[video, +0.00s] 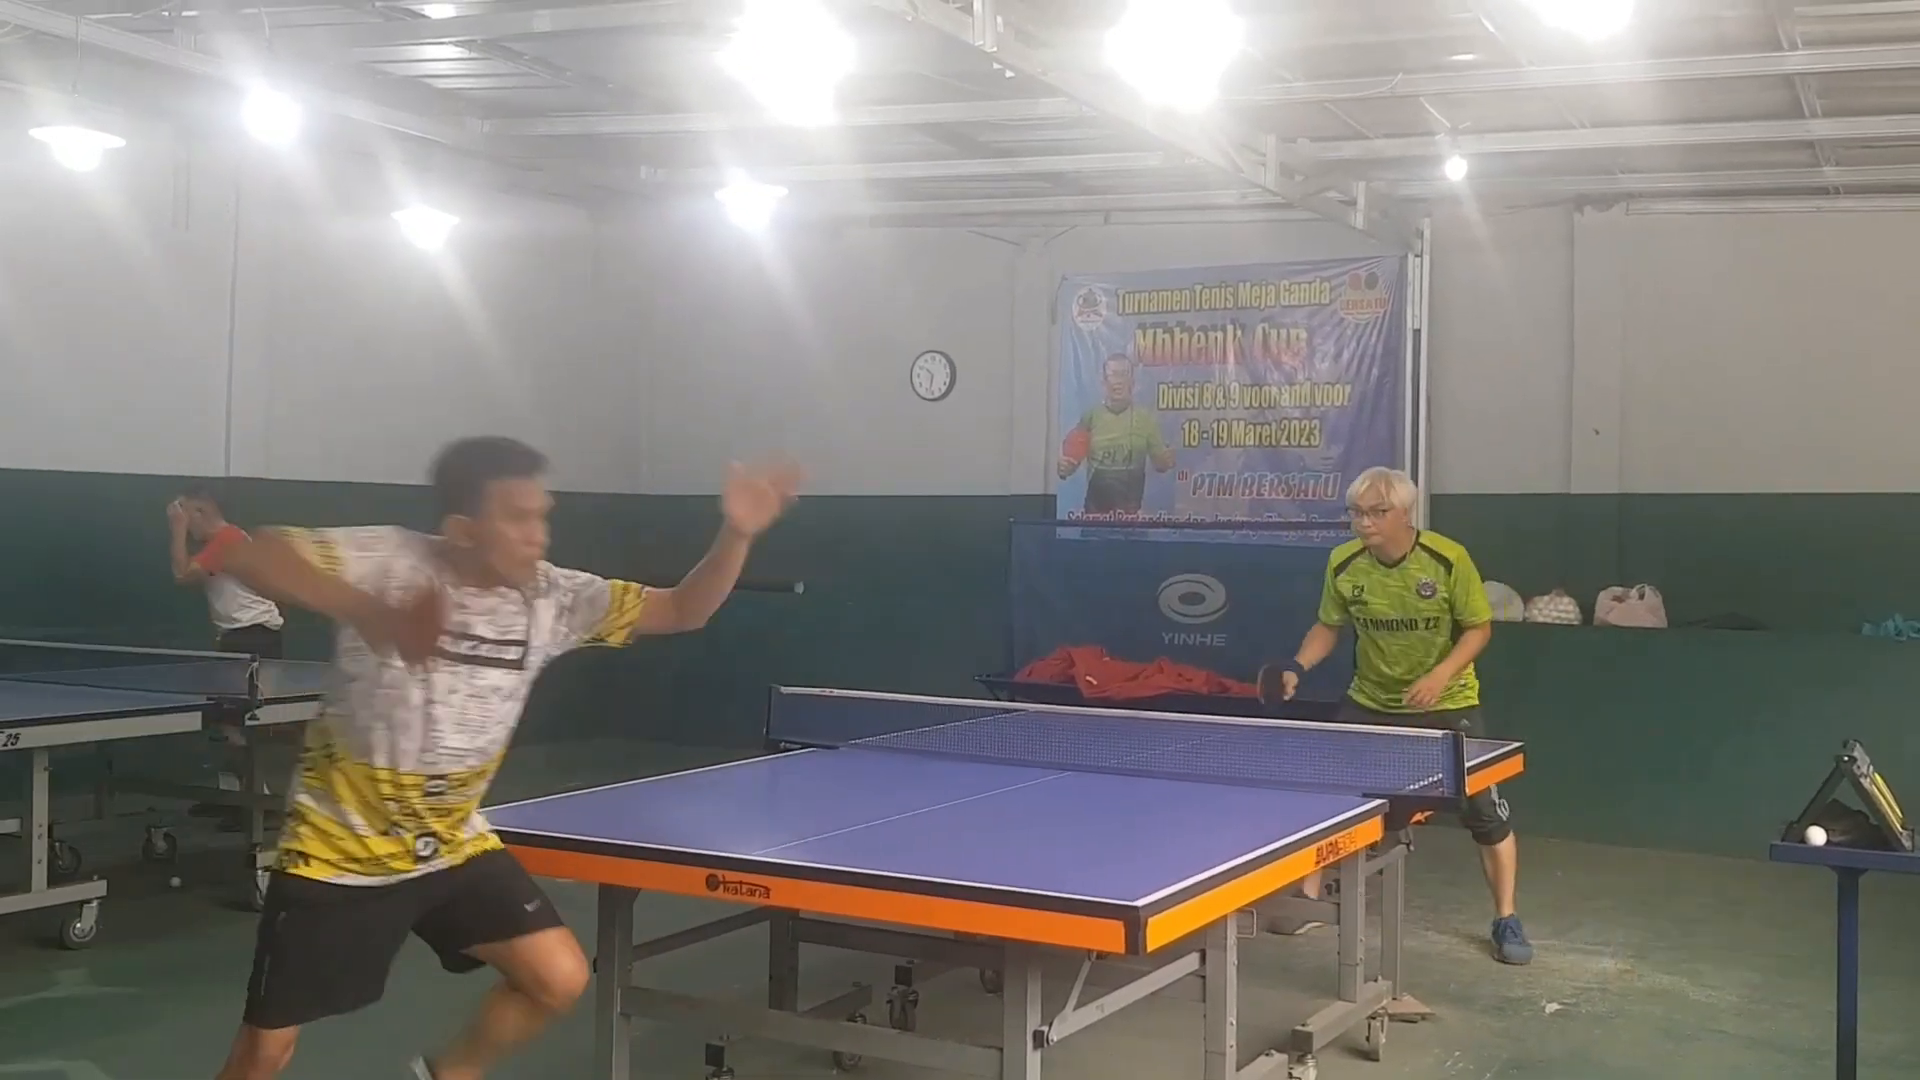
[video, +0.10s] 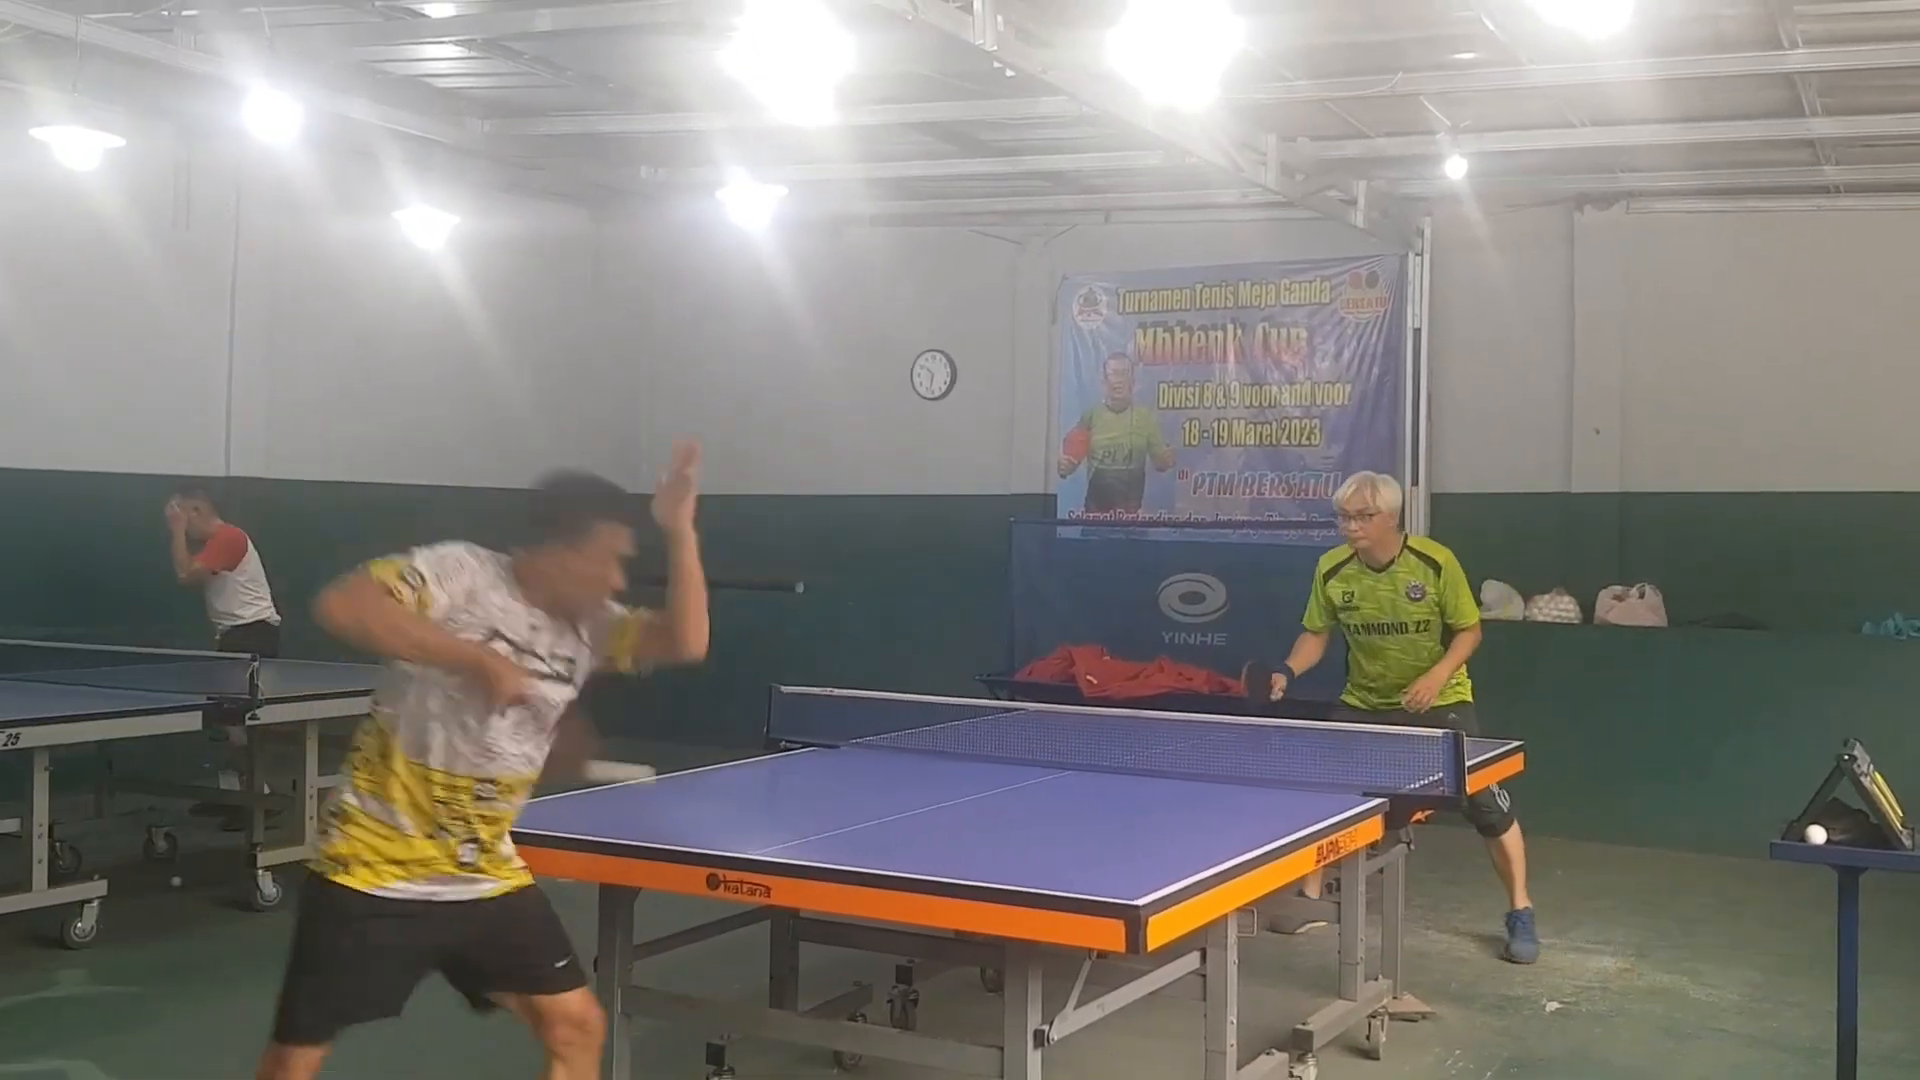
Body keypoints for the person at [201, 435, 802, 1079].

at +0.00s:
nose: (537, 536)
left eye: (541, 517)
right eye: (517, 517)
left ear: (546, 521)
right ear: (459, 525)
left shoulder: (552, 596)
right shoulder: (390, 559)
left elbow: (680, 610)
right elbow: (245, 553)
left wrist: (736, 536)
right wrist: (374, 614)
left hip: (453, 837)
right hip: (338, 842)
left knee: (558, 979)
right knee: (265, 1048)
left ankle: (450, 1069)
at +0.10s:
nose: (620, 583)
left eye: (624, 564)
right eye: (611, 560)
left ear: (576, 555)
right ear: (558, 549)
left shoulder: (588, 625)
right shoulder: (460, 573)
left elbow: (685, 642)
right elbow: (342, 604)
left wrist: (681, 532)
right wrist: (475, 659)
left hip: (484, 868)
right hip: (370, 863)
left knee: (577, 1025)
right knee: (294, 1060)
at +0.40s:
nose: (693, 633)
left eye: (696, 616)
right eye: (693, 614)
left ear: (651, 610)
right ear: (657, 609)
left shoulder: (634, 689)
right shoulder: (514, 617)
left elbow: (711, 763)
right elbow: (399, 709)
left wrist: (747, 681)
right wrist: (495, 668)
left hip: (505, 888)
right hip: (409, 876)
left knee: (615, 1027)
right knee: (409, 1069)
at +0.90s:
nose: (579, 551)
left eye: (577, 534)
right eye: (575, 533)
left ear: (529, 539)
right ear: (532, 537)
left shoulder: (494, 615)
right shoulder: (421, 608)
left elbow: (504, 718)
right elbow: (414, 753)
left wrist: (591, 741)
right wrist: (575, 742)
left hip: (406, 879)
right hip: (330, 887)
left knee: (470, 1022)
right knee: (349, 1068)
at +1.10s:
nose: (577, 540)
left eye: (575, 522)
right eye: (571, 521)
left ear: (523, 530)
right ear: (523, 527)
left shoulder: (517, 604)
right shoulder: (407, 608)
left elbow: (534, 716)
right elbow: (409, 769)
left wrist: (583, 768)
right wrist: (563, 762)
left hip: (428, 866)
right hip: (330, 868)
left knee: (477, 1021)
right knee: (327, 1068)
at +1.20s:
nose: (563, 547)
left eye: (563, 530)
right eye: (556, 529)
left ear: (509, 535)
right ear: (505, 533)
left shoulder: (525, 614)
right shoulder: (373, 616)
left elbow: (561, 714)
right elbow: (369, 779)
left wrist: (594, 761)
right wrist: (529, 807)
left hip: (438, 867)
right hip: (330, 870)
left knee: (490, 1026)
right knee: (322, 1067)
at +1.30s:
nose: (551, 567)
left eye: (551, 549)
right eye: (541, 550)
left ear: (489, 559)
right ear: (483, 559)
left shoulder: (531, 619)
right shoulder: (347, 642)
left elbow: (598, 716)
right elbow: (296, 807)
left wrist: (616, 741)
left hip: (450, 868)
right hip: (336, 879)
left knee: (507, 1040)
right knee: (334, 1069)